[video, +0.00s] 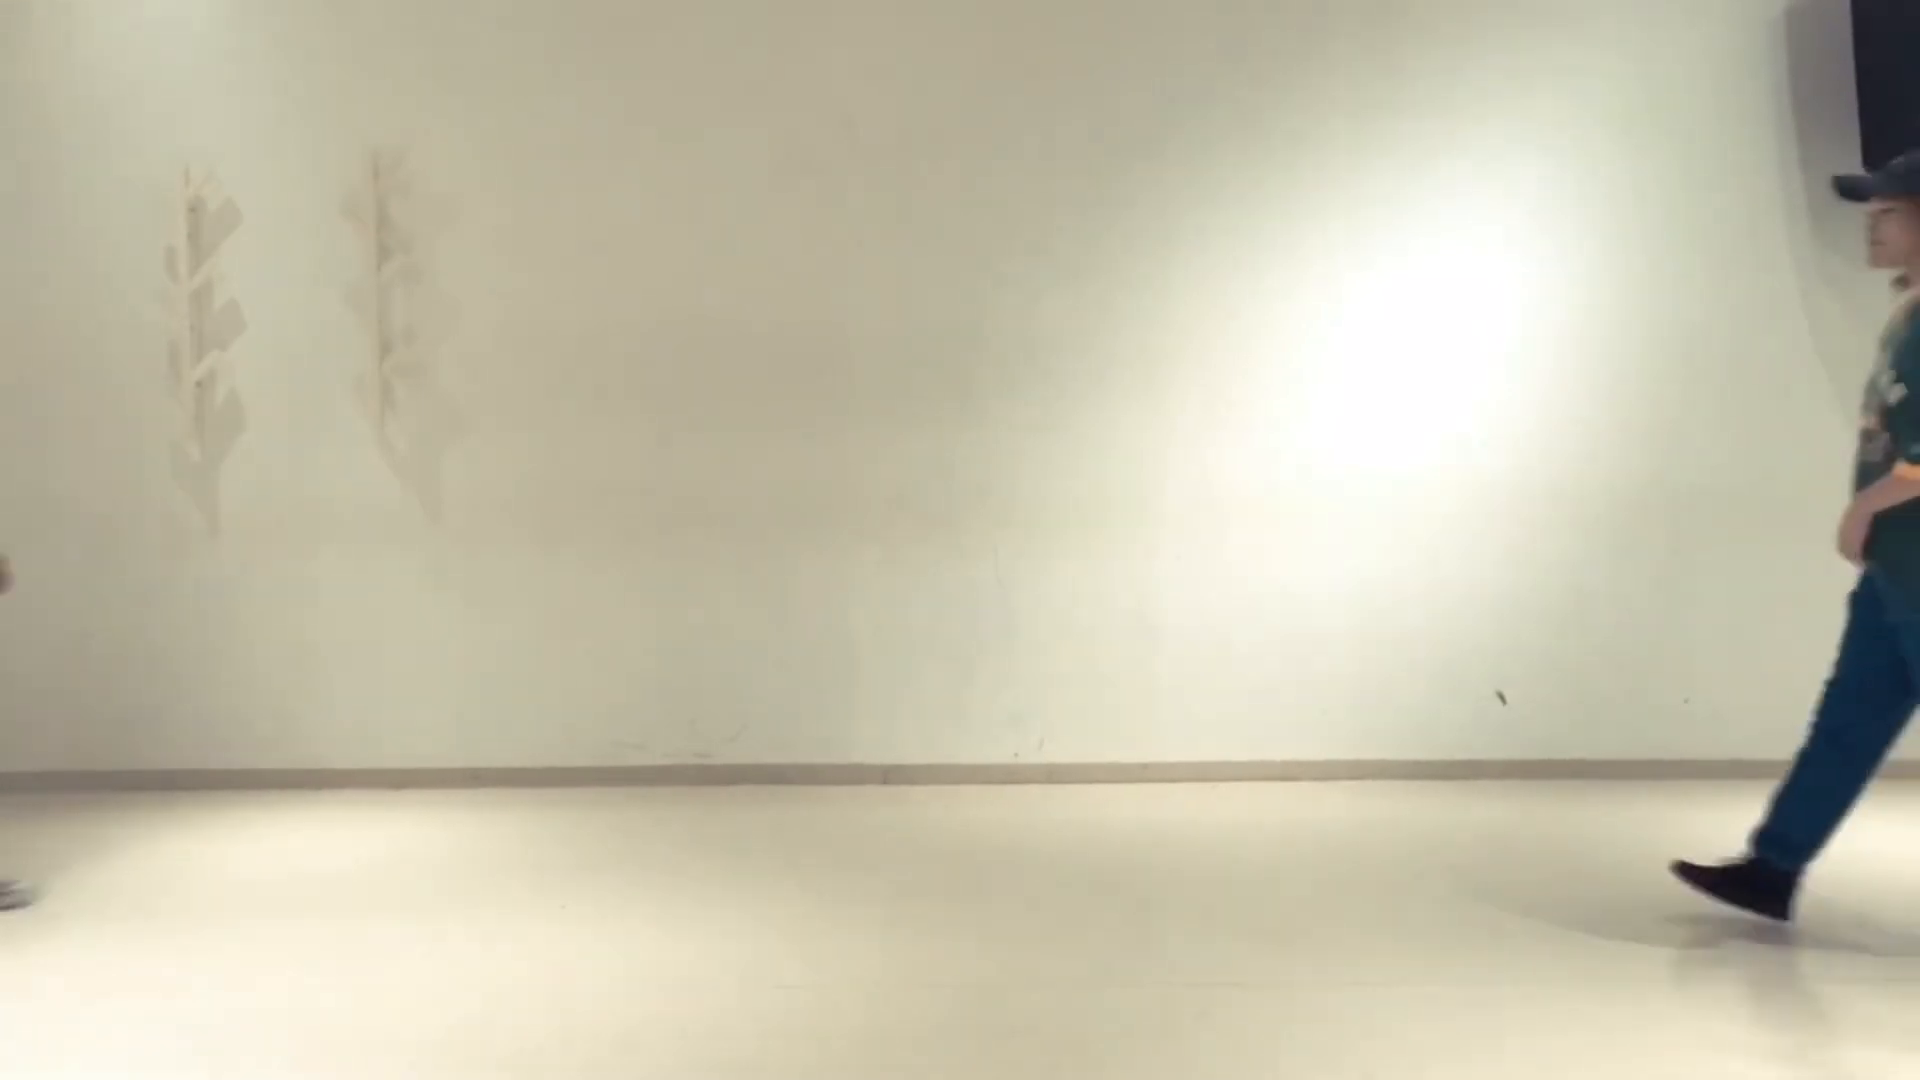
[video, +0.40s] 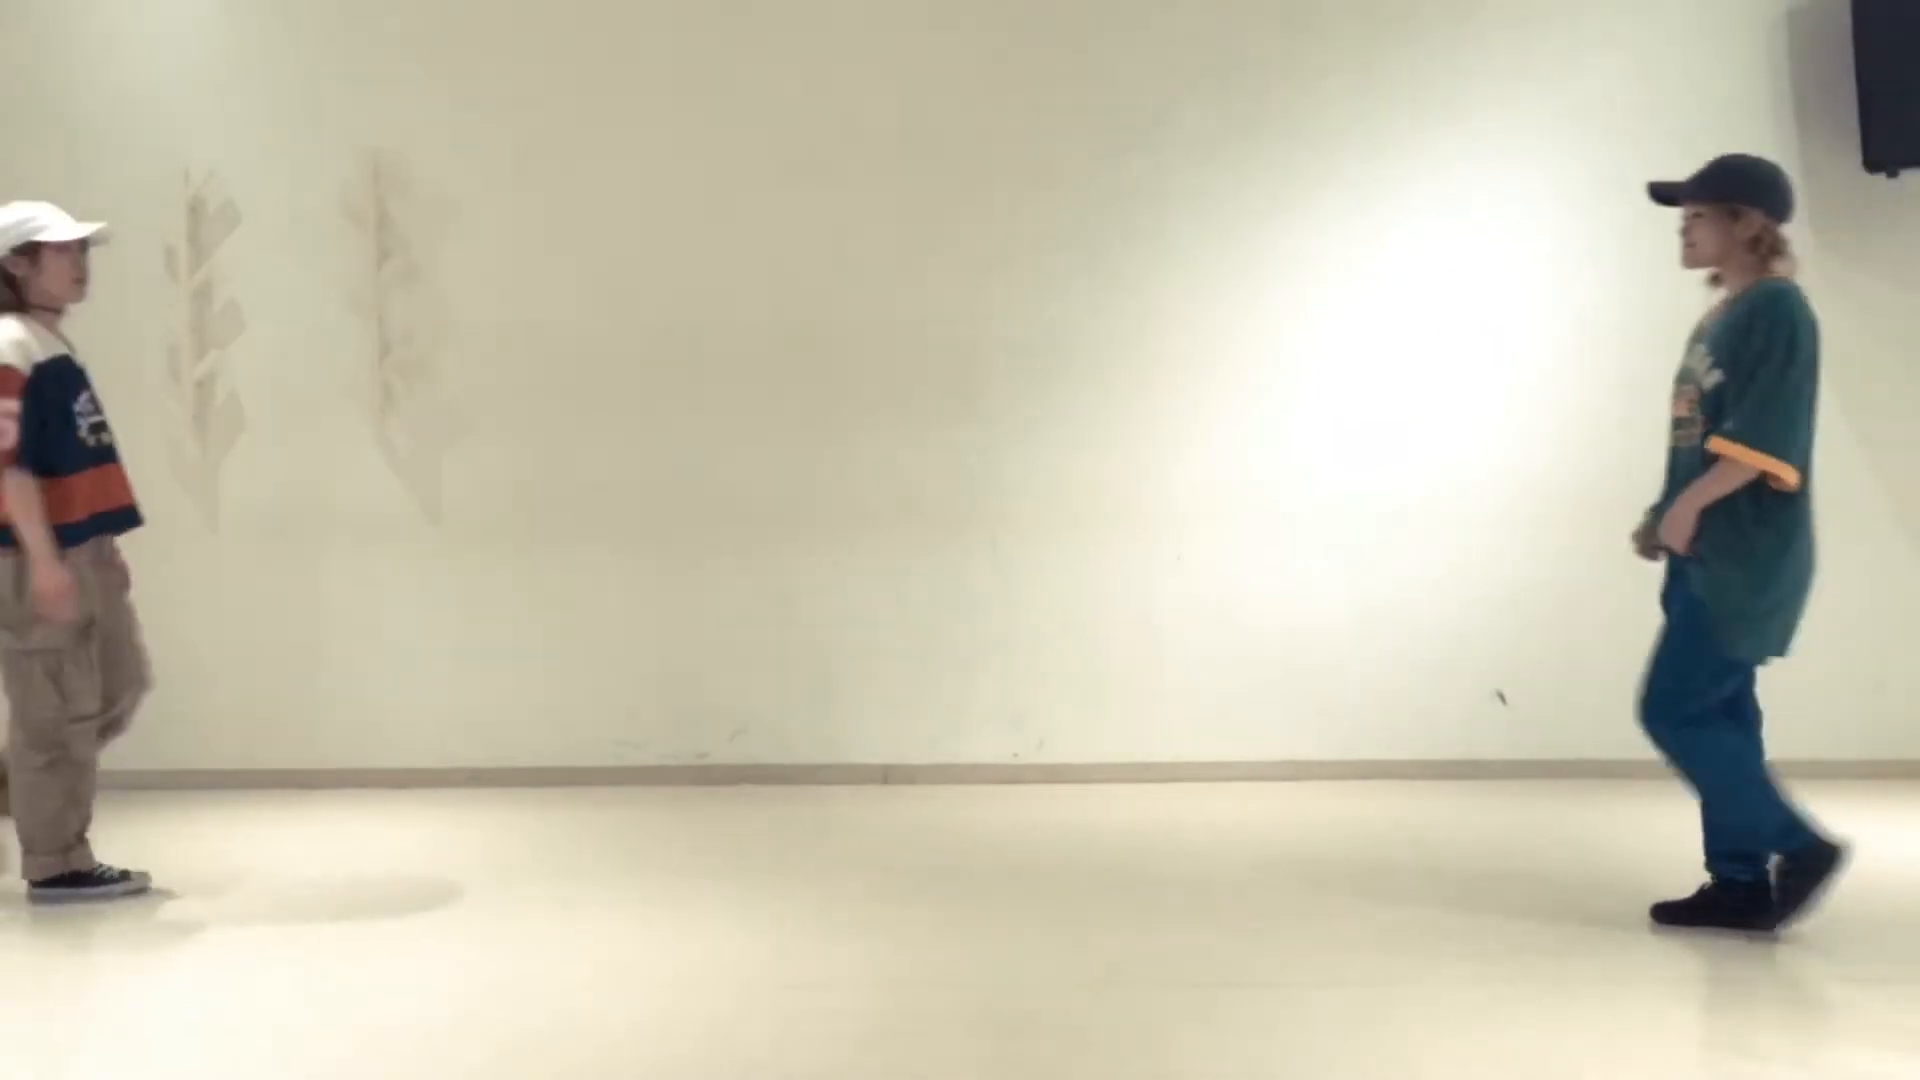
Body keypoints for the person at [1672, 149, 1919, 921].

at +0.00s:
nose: (1872, 232)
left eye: (1887, 219)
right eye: (1872, 218)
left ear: (1919, 225)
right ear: (1888, 227)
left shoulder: (1913, 319)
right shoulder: (1904, 317)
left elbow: (1913, 451)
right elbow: (1897, 434)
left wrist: (1871, 502)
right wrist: (1871, 504)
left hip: (1907, 559)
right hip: (1894, 557)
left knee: (1859, 718)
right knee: (1853, 721)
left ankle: (1775, 865)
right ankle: (1773, 866)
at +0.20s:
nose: (1766, 229)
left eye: (1781, 219)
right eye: (1769, 218)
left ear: (1831, 228)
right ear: (1820, 230)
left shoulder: (1850, 312)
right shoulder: (1822, 310)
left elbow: (1846, 449)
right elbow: (1829, 447)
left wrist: (1774, 518)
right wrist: (1774, 520)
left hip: (1833, 572)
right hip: (1786, 566)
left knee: (1859, 738)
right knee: (1747, 724)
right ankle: (1741, 886)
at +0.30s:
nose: (1724, 232)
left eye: (1739, 220)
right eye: (1726, 220)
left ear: (1789, 228)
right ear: (1775, 231)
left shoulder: (1810, 308)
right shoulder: (1773, 310)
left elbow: (1797, 444)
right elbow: (1774, 438)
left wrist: (1727, 508)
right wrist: (1719, 508)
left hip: (1783, 561)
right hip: (1739, 553)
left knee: (1747, 727)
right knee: (1722, 721)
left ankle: (1909, 849)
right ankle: (1739, 887)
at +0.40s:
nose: (1684, 231)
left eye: (1698, 219)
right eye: (1685, 219)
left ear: (1748, 226)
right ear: (1733, 229)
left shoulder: (1776, 308)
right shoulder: (1728, 311)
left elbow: (1763, 440)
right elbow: (1714, 436)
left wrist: (1689, 502)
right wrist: (1668, 510)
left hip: (1746, 548)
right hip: (1712, 544)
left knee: (1672, 705)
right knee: (1719, 708)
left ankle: (1799, 848)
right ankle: (1739, 882)